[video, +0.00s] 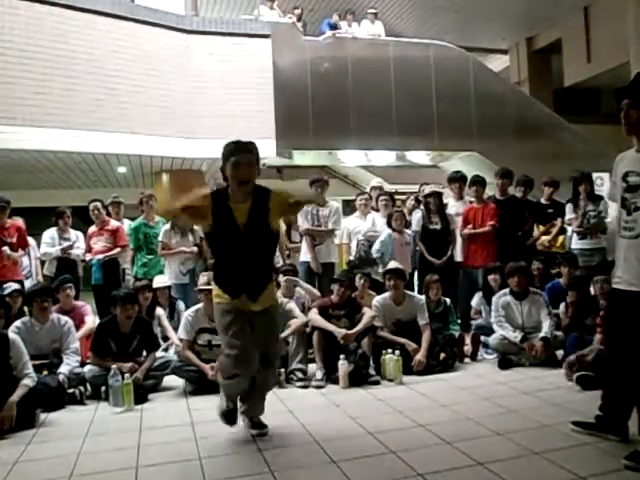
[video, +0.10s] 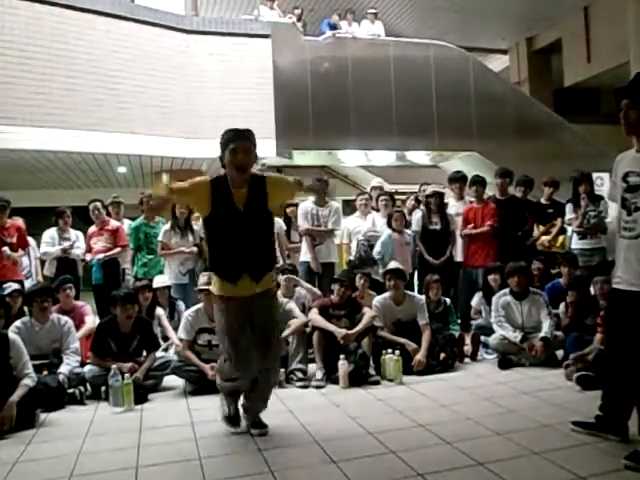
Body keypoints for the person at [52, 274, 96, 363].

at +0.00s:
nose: (68, 292)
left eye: (70, 288)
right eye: (63, 290)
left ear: (74, 291)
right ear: (57, 295)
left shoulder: (83, 307)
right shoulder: (53, 312)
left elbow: (90, 324)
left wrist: (74, 338)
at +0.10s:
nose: (68, 292)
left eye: (70, 288)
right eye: (64, 290)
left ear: (74, 291)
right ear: (57, 295)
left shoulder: (84, 307)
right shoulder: (53, 312)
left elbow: (90, 324)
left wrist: (74, 338)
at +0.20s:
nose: (68, 292)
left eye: (70, 288)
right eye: (64, 290)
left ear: (74, 291)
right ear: (57, 295)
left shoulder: (84, 307)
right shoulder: (53, 312)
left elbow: (90, 324)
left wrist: (74, 338)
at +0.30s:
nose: (68, 292)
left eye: (70, 288)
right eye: (64, 290)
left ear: (74, 291)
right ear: (57, 294)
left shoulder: (84, 307)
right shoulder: (53, 312)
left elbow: (90, 324)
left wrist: (74, 338)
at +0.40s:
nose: (67, 292)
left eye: (70, 288)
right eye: (63, 290)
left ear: (74, 291)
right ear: (57, 295)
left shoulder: (84, 307)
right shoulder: (53, 311)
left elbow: (90, 324)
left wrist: (74, 338)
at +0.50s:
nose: (67, 292)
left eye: (70, 288)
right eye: (63, 290)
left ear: (74, 291)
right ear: (57, 295)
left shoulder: (83, 307)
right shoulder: (54, 311)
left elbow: (90, 325)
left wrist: (74, 338)